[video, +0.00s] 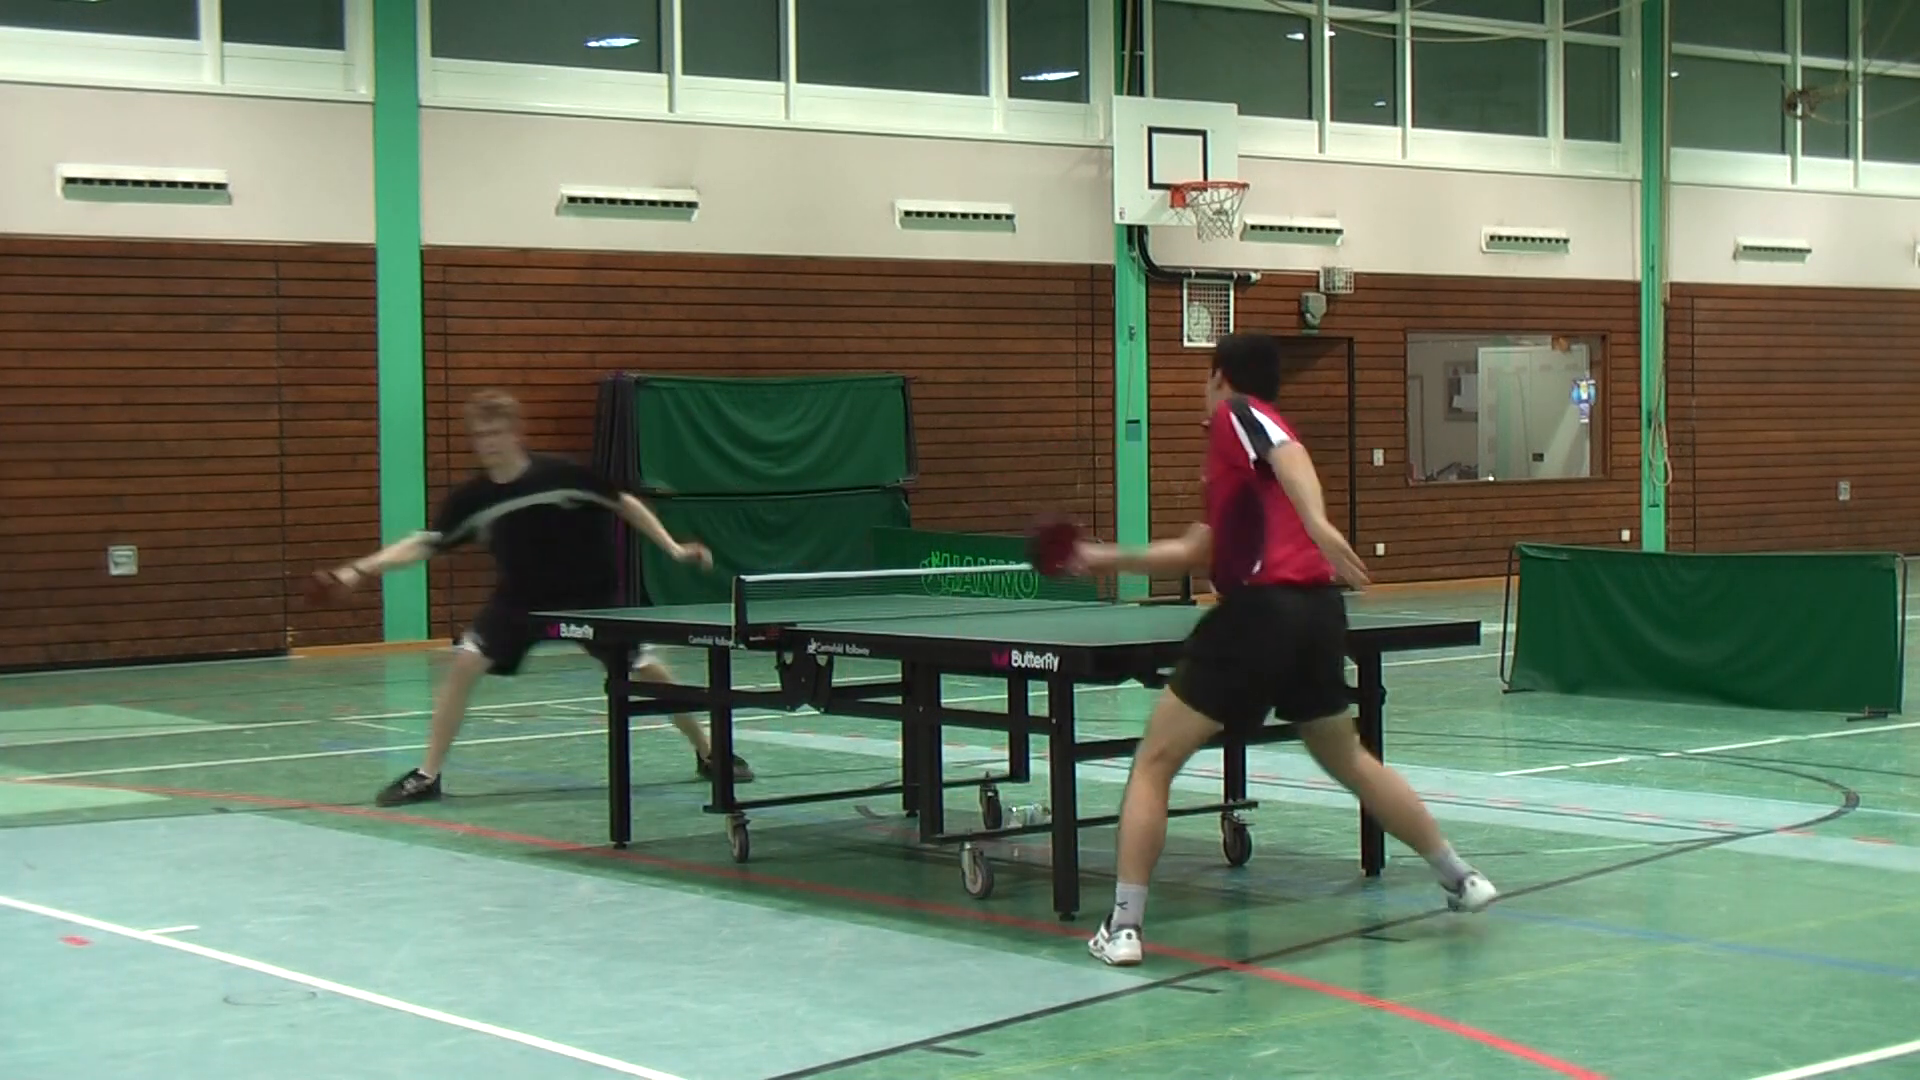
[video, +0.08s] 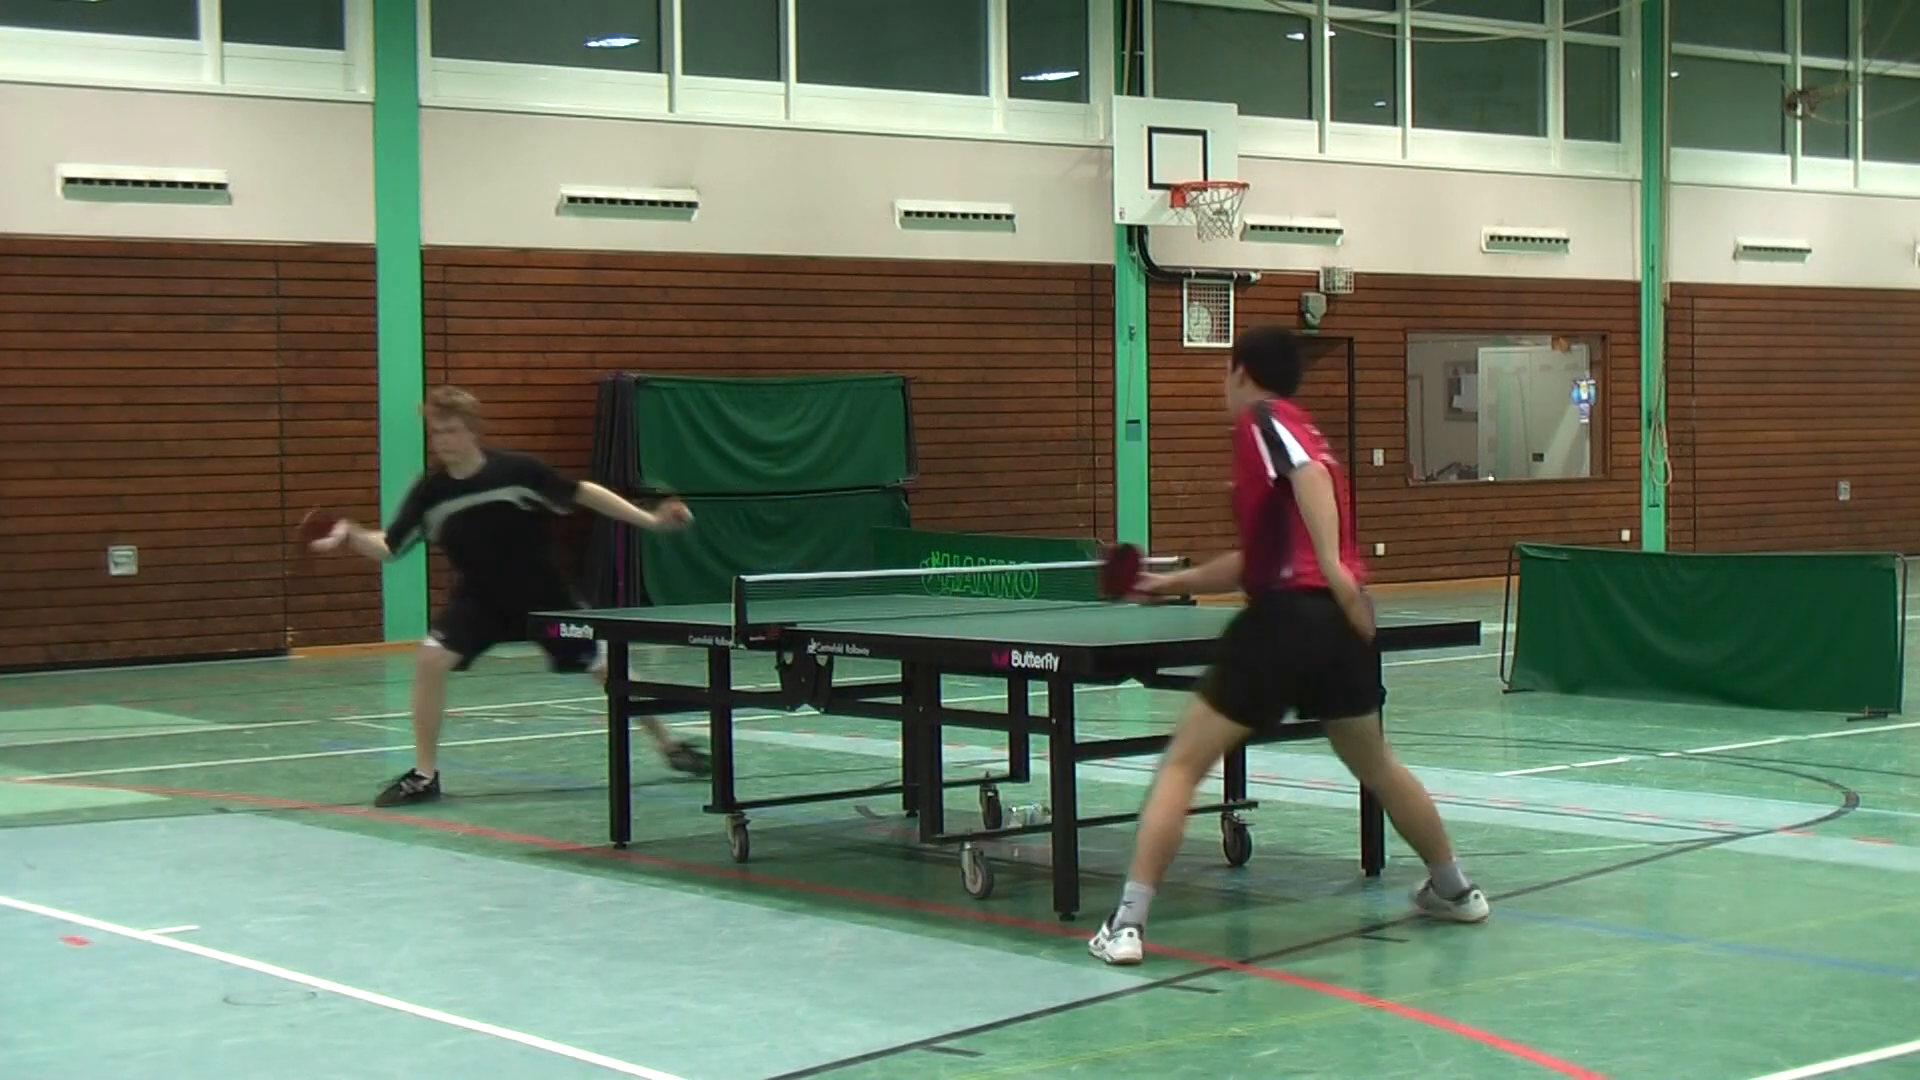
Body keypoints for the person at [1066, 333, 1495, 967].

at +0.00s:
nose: (1205, 389)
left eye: (1208, 379)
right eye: (1209, 380)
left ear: (1222, 380)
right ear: (1262, 385)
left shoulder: (1236, 411)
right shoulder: (1253, 436)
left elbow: (1287, 454)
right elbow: (1200, 549)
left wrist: (1318, 526)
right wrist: (1108, 557)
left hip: (1256, 616)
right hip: (1317, 615)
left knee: (1155, 764)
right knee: (1350, 760)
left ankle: (1124, 928)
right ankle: (1460, 877)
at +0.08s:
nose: (1224, 388)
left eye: (1228, 377)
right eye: (1228, 376)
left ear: (1243, 377)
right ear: (1285, 382)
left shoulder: (1263, 420)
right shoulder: (1301, 429)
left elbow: (1312, 476)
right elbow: (1261, 554)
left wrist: (1333, 568)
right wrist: (1173, 582)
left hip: (1282, 623)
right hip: (1340, 623)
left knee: (1184, 764)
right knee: (1377, 764)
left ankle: (1127, 923)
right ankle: (1452, 885)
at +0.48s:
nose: (1290, 352)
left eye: (1291, 340)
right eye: (1290, 340)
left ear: (1309, 337)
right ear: (1356, 336)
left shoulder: (1338, 393)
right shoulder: (1400, 392)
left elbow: (1349, 488)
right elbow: (1432, 491)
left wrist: (1310, 588)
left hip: (1381, 587)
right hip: (1435, 583)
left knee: (1318, 751)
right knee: (1418, 736)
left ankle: (1368, 911)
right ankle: (1462, 888)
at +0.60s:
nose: (1285, 346)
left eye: (1286, 334)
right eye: (1286, 334)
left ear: (1306, 333)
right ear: (1351, 332)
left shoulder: (1336, 394)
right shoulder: (1393, 387)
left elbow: (1362, 491)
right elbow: (1446, 481)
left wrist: (1333, 591)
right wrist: (1398, 549)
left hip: (1381, 590)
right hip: (1432, 585)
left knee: (1313, 751)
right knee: (1420, 735)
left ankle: (1376, 910)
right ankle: (1461, 888)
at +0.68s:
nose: (1278, 347)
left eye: (1280, 334)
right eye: (1279, 334)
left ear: (1299, 334)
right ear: (1344, 332)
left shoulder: (1335, 395)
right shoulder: (1385, 390)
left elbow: (1369, 498)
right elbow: (1441, 479)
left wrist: (1350, 600)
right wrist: (1395, 554)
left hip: (1371, 593)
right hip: (1419, 588)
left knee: (1308, 756)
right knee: (1414, 736)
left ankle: (1377, 915)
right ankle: (1460, 888)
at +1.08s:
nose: (1232, 314)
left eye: (1235, 301)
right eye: (1235, 301)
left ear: (1258, 307)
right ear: (1284, 304)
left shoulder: (1321, 371)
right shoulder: (1293, 374)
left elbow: (1348, 476)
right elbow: (1316, 471)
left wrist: (1282, 566)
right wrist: (1266, 508)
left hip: (1343, 574)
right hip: (1308, 574)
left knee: (1336, 740)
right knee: (1268, 726)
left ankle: (1381, 916)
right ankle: (1335, 880)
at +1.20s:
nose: (1270, 528)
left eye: (1271, 518)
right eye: (1273, 518)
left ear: (1278, 518)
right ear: (1339, 511)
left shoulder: (1273, 548)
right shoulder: (1385, 539)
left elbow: (1251, 612)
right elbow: (1418, 613)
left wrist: (1262, 714)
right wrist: (1326, 658)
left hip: (1379, 689)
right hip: (1464, 680)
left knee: (1229, 781)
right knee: (1478, 781)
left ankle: (1199, 957)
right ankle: (1545, 925)